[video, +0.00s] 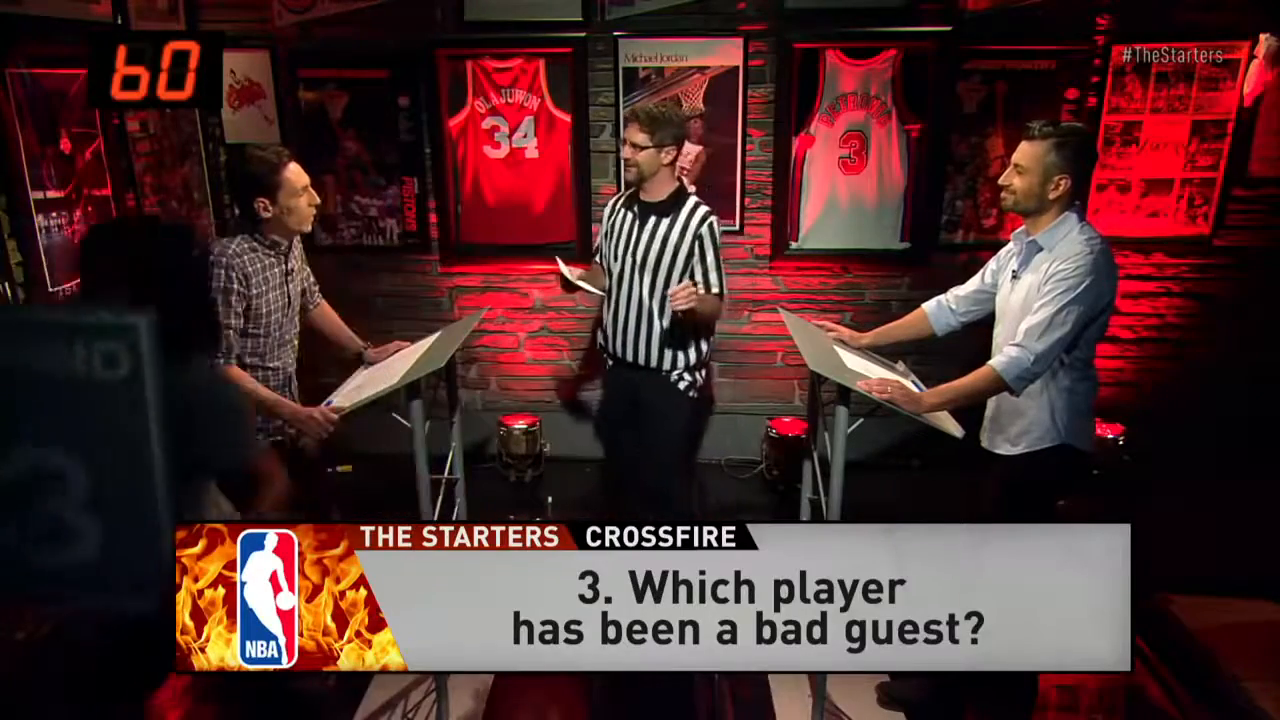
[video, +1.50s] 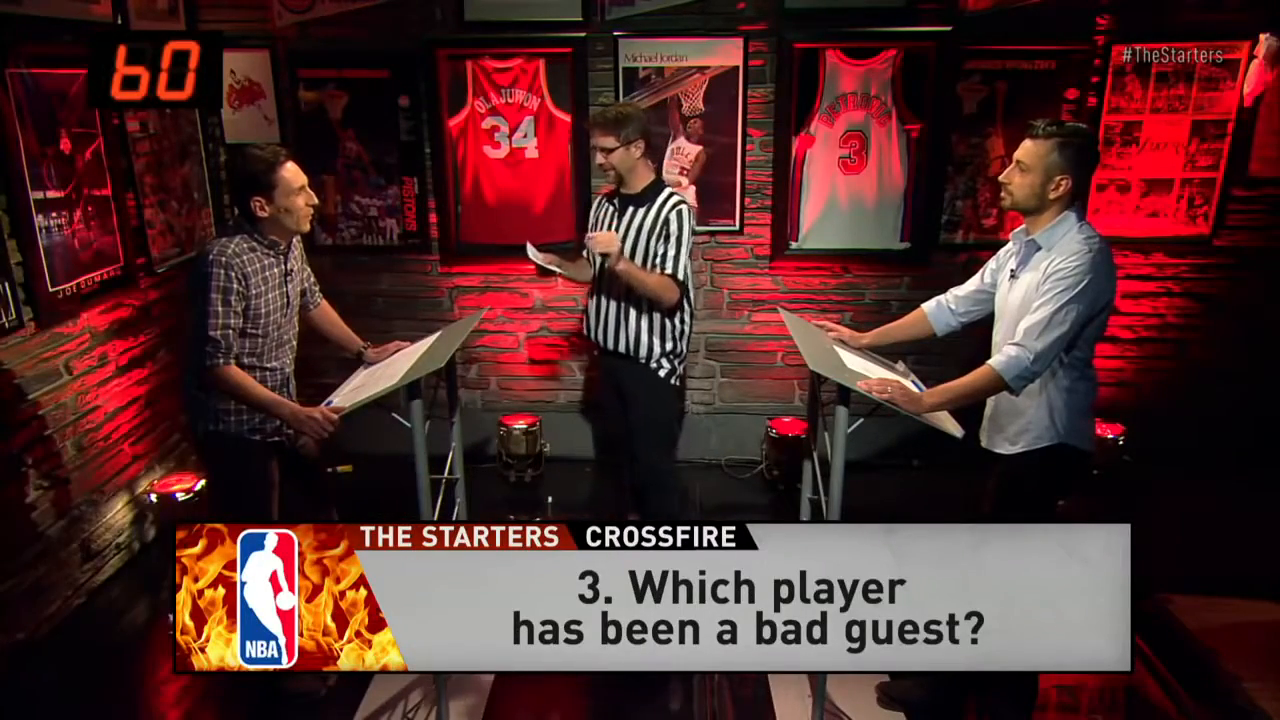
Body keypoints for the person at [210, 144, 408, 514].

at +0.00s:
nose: (316, 200)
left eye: (310, 188)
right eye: (302, 193)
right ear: (266, 208)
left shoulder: (290, 245)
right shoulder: (230, 262)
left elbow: (312, 304)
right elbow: (220, 367)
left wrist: (364, 350)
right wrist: (294, 414)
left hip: (288, 430)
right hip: (247, 437)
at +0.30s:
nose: (317, 200)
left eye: (313, 189)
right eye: (305, 193)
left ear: (270, 207)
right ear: (267, 207)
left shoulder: (290, 246)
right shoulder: (229, 261)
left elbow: (312, 303)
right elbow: (218, 367)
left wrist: (364, 350)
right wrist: (293, 413)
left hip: (286, 425)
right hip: (241, 436)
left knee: (298, 527)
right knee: (252, 538)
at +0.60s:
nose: (317, 200)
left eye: (313, 189)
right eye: (304, 193)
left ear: (270, 207)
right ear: (267, 207)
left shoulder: (290, 246)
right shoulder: (229, 260)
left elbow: (312, 303)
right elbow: (218, 367)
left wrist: (365, 350)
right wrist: (293, 413)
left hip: (284, 426)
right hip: (241, 436)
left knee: (294, 527)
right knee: (252, 537)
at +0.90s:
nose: (315, 200)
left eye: (311, 189)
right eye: (302, 193)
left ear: (268, 206)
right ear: (264, 207)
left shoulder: (290, 245)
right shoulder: (228, 260)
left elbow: (312, 303)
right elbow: (218, 366)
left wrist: (364, 350)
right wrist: (293, 413)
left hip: (285, 425)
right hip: (239, 435)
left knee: (303, 525)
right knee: (252, 538)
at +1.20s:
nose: (314, 200)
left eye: (309, 188)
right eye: (300, 192)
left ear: (267, 207)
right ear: (263, 207)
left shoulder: (290, 245)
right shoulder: (226, 260)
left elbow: (312, 303)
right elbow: (217, 366)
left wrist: (363, 350)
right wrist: (292, 412)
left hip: (284, 425)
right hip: (237, 435)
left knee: (303, 526)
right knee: (251, 538)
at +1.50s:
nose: (313, 200)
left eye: (309, 188)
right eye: (300, 192)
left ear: (266, 207)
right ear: (262, 207)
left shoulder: (290, 245)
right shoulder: (226, 261)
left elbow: (313, 303)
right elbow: (217, 365)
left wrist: (363, 350)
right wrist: (292, 412)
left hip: (284, 426)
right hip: (237, 435)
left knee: (303, 527)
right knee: (250, 539)